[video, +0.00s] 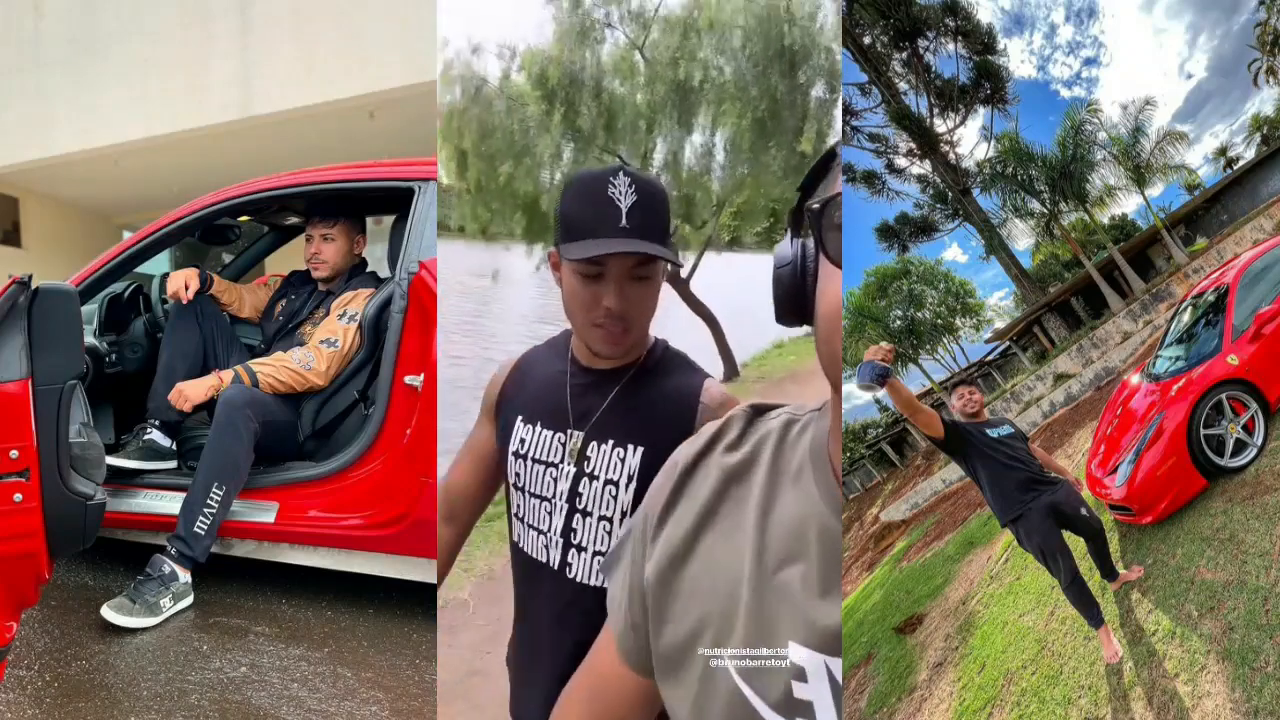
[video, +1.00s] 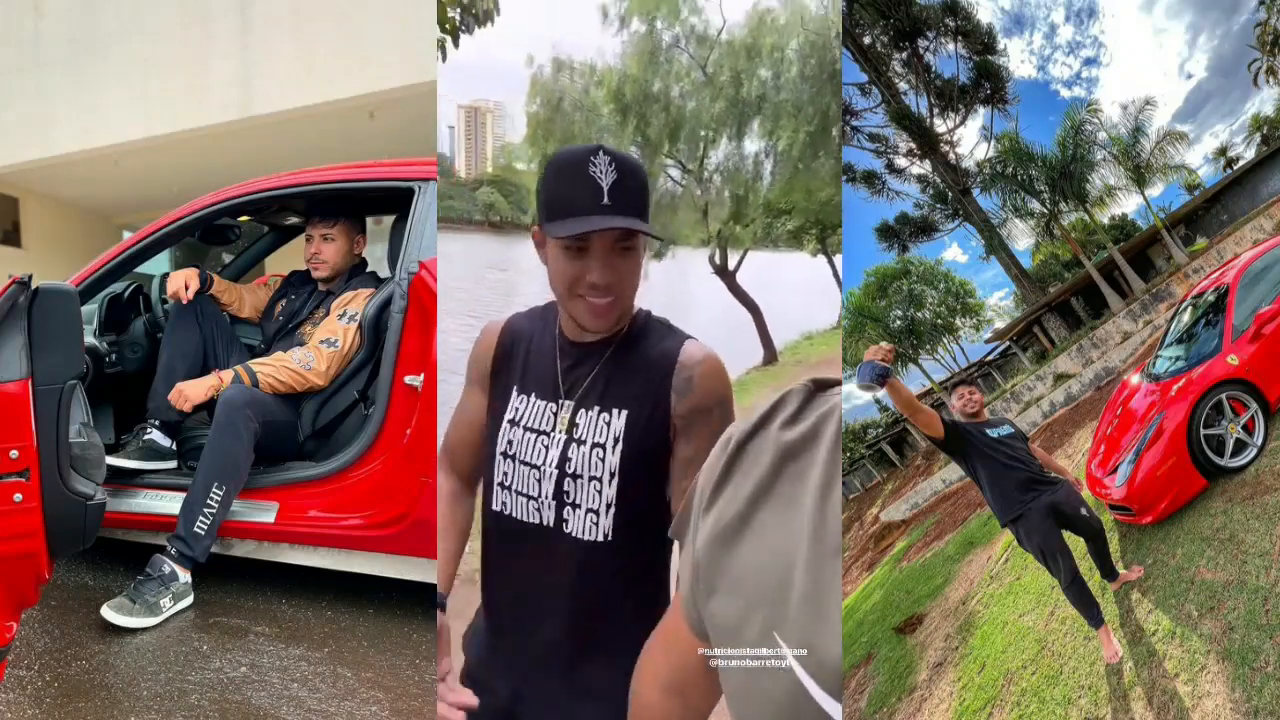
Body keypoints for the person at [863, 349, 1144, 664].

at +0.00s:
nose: (967, 396)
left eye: (971, 391)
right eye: (959, 397)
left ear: (983, 398)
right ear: (953, 411)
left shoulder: (1004, 424)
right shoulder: (956, 436)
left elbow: (1037, 453)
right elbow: (916, 412)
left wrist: (1067, 475)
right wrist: (885, 373)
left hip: (1052, 489)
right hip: (1022, 512)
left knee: (1094, 528)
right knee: (1066, 573)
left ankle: (1114, 576)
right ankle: (1101, 628)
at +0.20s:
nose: (967, 397)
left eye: (970, 392)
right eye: (959, 398)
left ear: (983, 398)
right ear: (953, 411)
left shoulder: (1004, 424)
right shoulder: (957, 436)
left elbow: (1037, 454)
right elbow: (916, 412)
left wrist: (1068, 475)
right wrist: (885, 374)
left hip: (1052, 489)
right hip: (1022, 512)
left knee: (1093, 528)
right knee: (1066, 572)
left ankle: (1114, 576)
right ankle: (1101, 628)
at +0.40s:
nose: (966, 397)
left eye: (971, 392)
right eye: (958, 397)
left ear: (983, 398)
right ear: (953, 410)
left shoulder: (1004, 424)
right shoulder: (957, 436)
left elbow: (1037, 454)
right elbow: (916, 412)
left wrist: (1067, 476)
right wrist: (886, 375)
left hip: (1052, 489)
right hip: (1022, 512)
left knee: (1094, 528)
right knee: (1066, 572)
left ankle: (1114, 576)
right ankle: (1101, 628)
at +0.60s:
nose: (966, 397)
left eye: (970, 392)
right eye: (958, 397)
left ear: (983, 398)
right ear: (953, 411)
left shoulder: (1004, 423)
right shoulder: (957, 436)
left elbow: (1037, 454)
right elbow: (916, 412)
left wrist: (1067, 475)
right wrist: (885, 373)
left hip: (1052, 489)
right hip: (1022, 512)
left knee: (1093, 528)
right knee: (1066, 572)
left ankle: (1114, 576)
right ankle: (1101, 628)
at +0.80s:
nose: (967, 397)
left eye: (971, 392)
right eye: (959, 397)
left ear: (983, 398)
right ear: (953, 410)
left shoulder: (1003, 424)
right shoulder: (956, 436)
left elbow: (1037, 454)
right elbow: (916, 412)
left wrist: (1068, 476)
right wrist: (885, 375)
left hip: (1051, 489)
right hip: (1021, 512)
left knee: (1093, 528)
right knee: (1066, 572)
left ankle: (1114, 576)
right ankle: (1101, 628)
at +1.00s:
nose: (967, 397)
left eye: (971, 392)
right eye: (959, 397)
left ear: (983, 398)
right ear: (953, 410)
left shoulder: (1003, 424)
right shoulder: (957, 436)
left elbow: (1037, 454)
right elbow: (916, 412)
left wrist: (1067, 476)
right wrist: (885, 375)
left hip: (1051, 489)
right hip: (1021, 512)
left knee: (1094, 528)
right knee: (1066, 572)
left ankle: (1113, 576)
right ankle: (1101, 629)